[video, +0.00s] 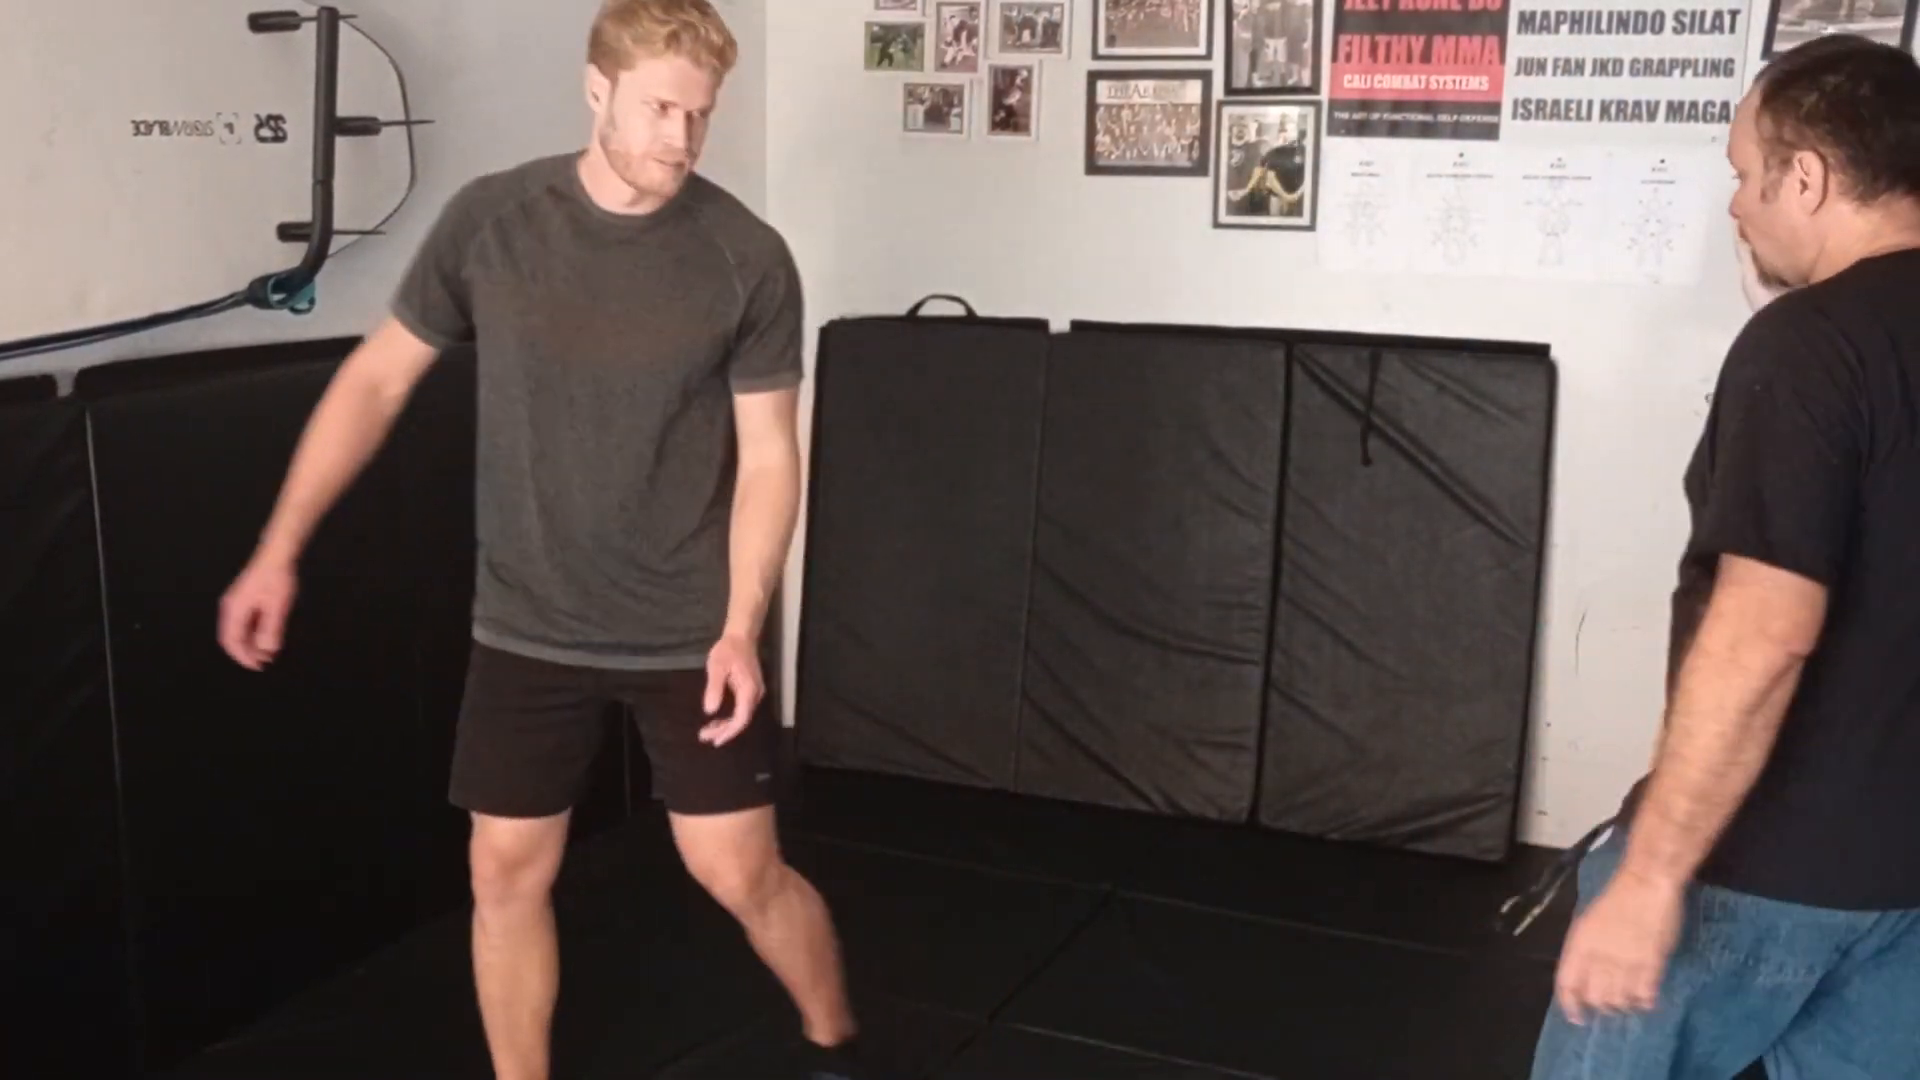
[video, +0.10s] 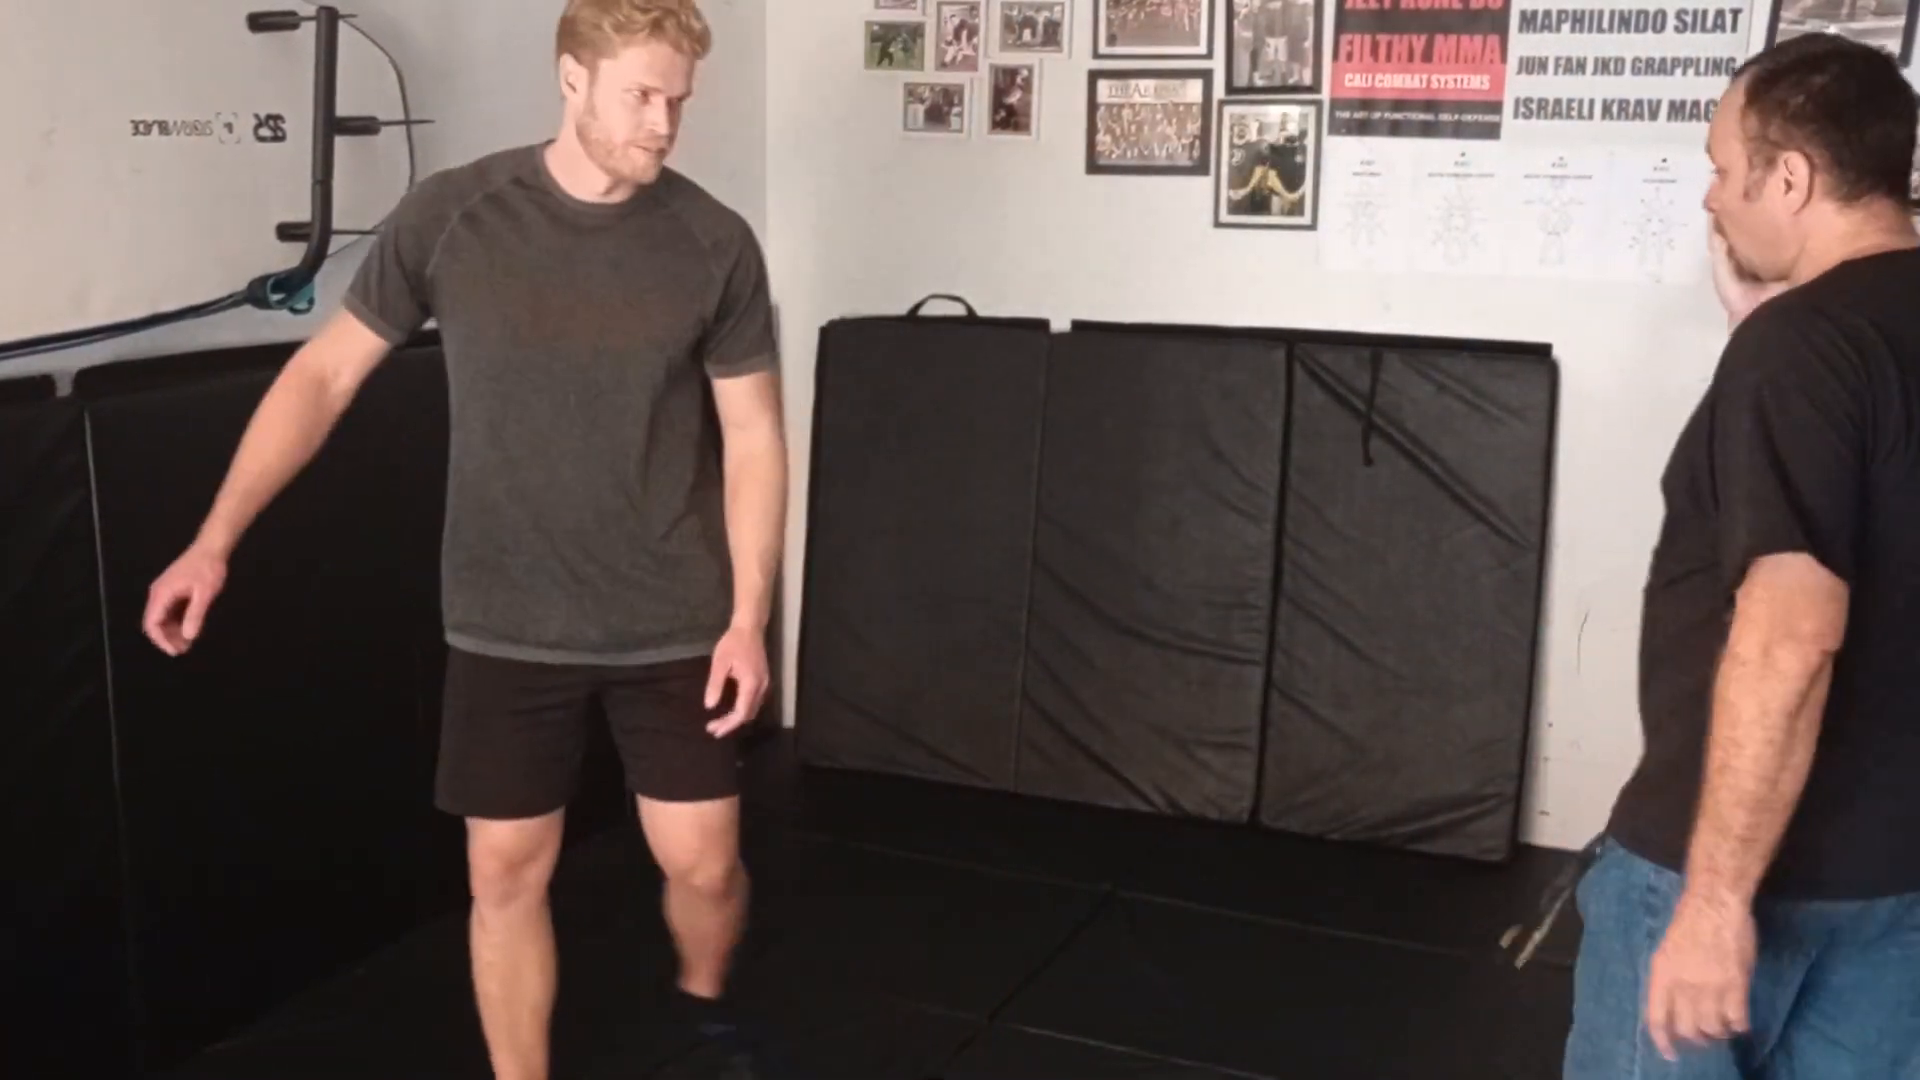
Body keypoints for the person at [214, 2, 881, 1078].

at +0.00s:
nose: (681, 139)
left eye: (699, 114)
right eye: (659, 110)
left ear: (716, 111)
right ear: (599, 93)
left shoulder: (748, 261)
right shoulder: (488, 222)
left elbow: (769, 455)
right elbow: (375, 381)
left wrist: (743, 625)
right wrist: (278, 549)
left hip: (688, 636)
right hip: (525, 631)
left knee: (739, 872)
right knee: (504, 872)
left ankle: (839, 1046)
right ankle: (520, 1076)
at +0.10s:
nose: (664, 123)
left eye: (679, 100)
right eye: (644, 97)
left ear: (690, 95)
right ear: (573, 81)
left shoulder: (715, 245)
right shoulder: (450, 217)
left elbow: (755, 439)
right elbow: (322, 377)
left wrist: (751, 617)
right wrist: (214, 540)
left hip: (672, 626)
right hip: (506, 628)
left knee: (706, 867)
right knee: (504, 872)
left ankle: (704, 1015)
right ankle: (521, 1075)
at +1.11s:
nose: (643, 115)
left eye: (647, 97)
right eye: (627, 95)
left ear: (620, 101)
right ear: (548, 88)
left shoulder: (597, 206)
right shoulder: (462, 196)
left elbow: (704, 315)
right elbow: (561, 338)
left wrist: (778, 188)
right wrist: (689, 185)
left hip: (575, 580)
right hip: (503, 591)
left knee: (527, 833)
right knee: (563, 855)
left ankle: (520, 1032)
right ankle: (531, 1077)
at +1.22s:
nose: (649, 120)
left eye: (652, 98)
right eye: (630, 98)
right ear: (553, 92)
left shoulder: (597, 211)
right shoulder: (464, 201)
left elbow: (691, 333)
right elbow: (561, 362)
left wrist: (757, 206)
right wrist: (681, 207)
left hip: (560, 584)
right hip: (495, 596)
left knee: (525, 835)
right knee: (555, 868)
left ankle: (506, 1016)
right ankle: (529, 1067)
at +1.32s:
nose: (643, 125)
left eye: (649, 100)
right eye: (622, 102)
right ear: (546, 95)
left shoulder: (599, 217)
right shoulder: (457, 210)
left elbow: (662, 361)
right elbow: (530, 392)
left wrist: (745, 260)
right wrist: (673, 258)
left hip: (575, 577)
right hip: (494, 597)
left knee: (560, 785)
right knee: (553, 869)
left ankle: (473, 981)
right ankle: (524, 1071)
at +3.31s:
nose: (616, 148)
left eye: (624, 124)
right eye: (595, 126)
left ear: (629, 117)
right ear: (526, 118)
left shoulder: (607, 227)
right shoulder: (435, 227)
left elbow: (691, 357)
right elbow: (412, 395)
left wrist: (740, 246)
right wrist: (530, 277)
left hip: (564, 575)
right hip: (471, 582)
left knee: (489, 801)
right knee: (566, 832)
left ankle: (431, 990)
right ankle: (518, 1072)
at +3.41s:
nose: (642, 163)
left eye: (652, 137)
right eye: (620, 138)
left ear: (656, 130)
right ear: (550, 127)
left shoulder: (638, 240)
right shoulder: (461, 235)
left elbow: (724, 362)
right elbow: (423, 395)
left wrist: (771, 252)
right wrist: (548, 268)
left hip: (586, 586)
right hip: (490, 594)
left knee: (527, 814)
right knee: (584, 846)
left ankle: (432, 988)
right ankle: (519, 1077)